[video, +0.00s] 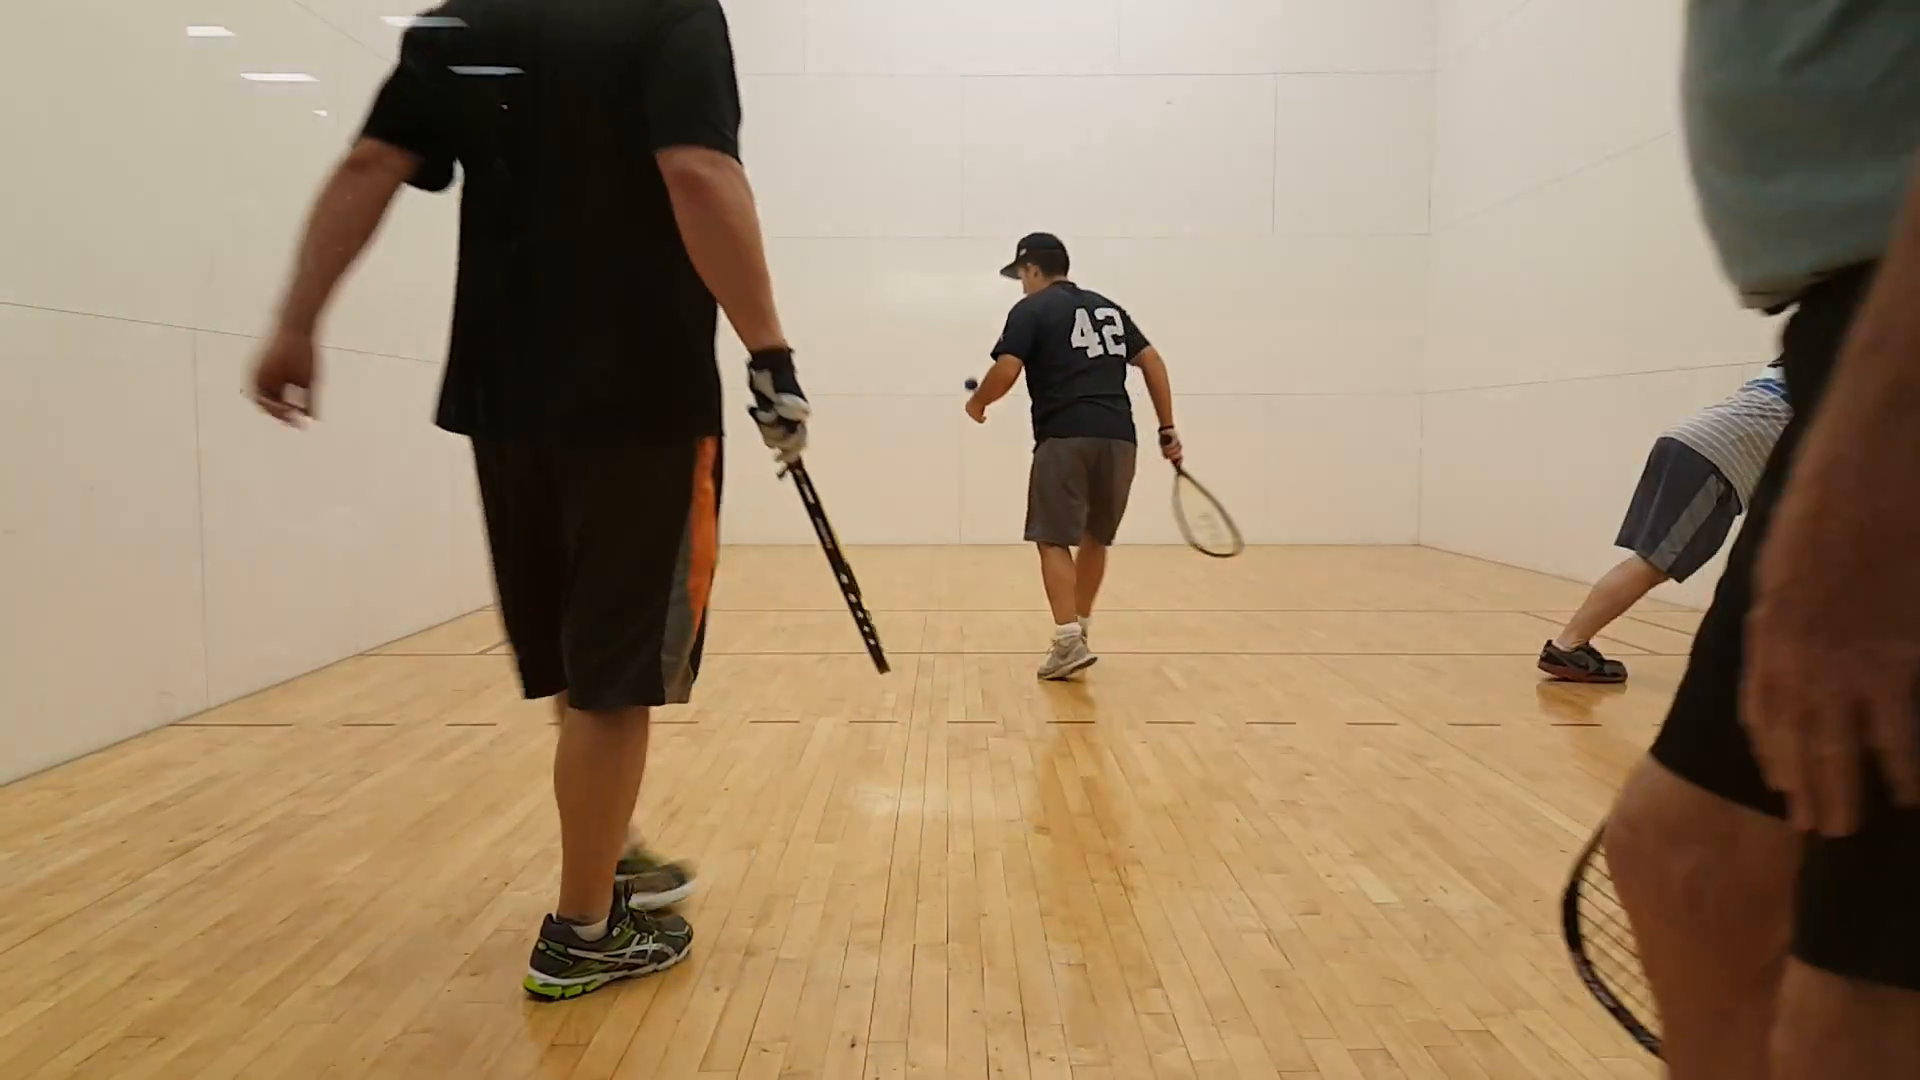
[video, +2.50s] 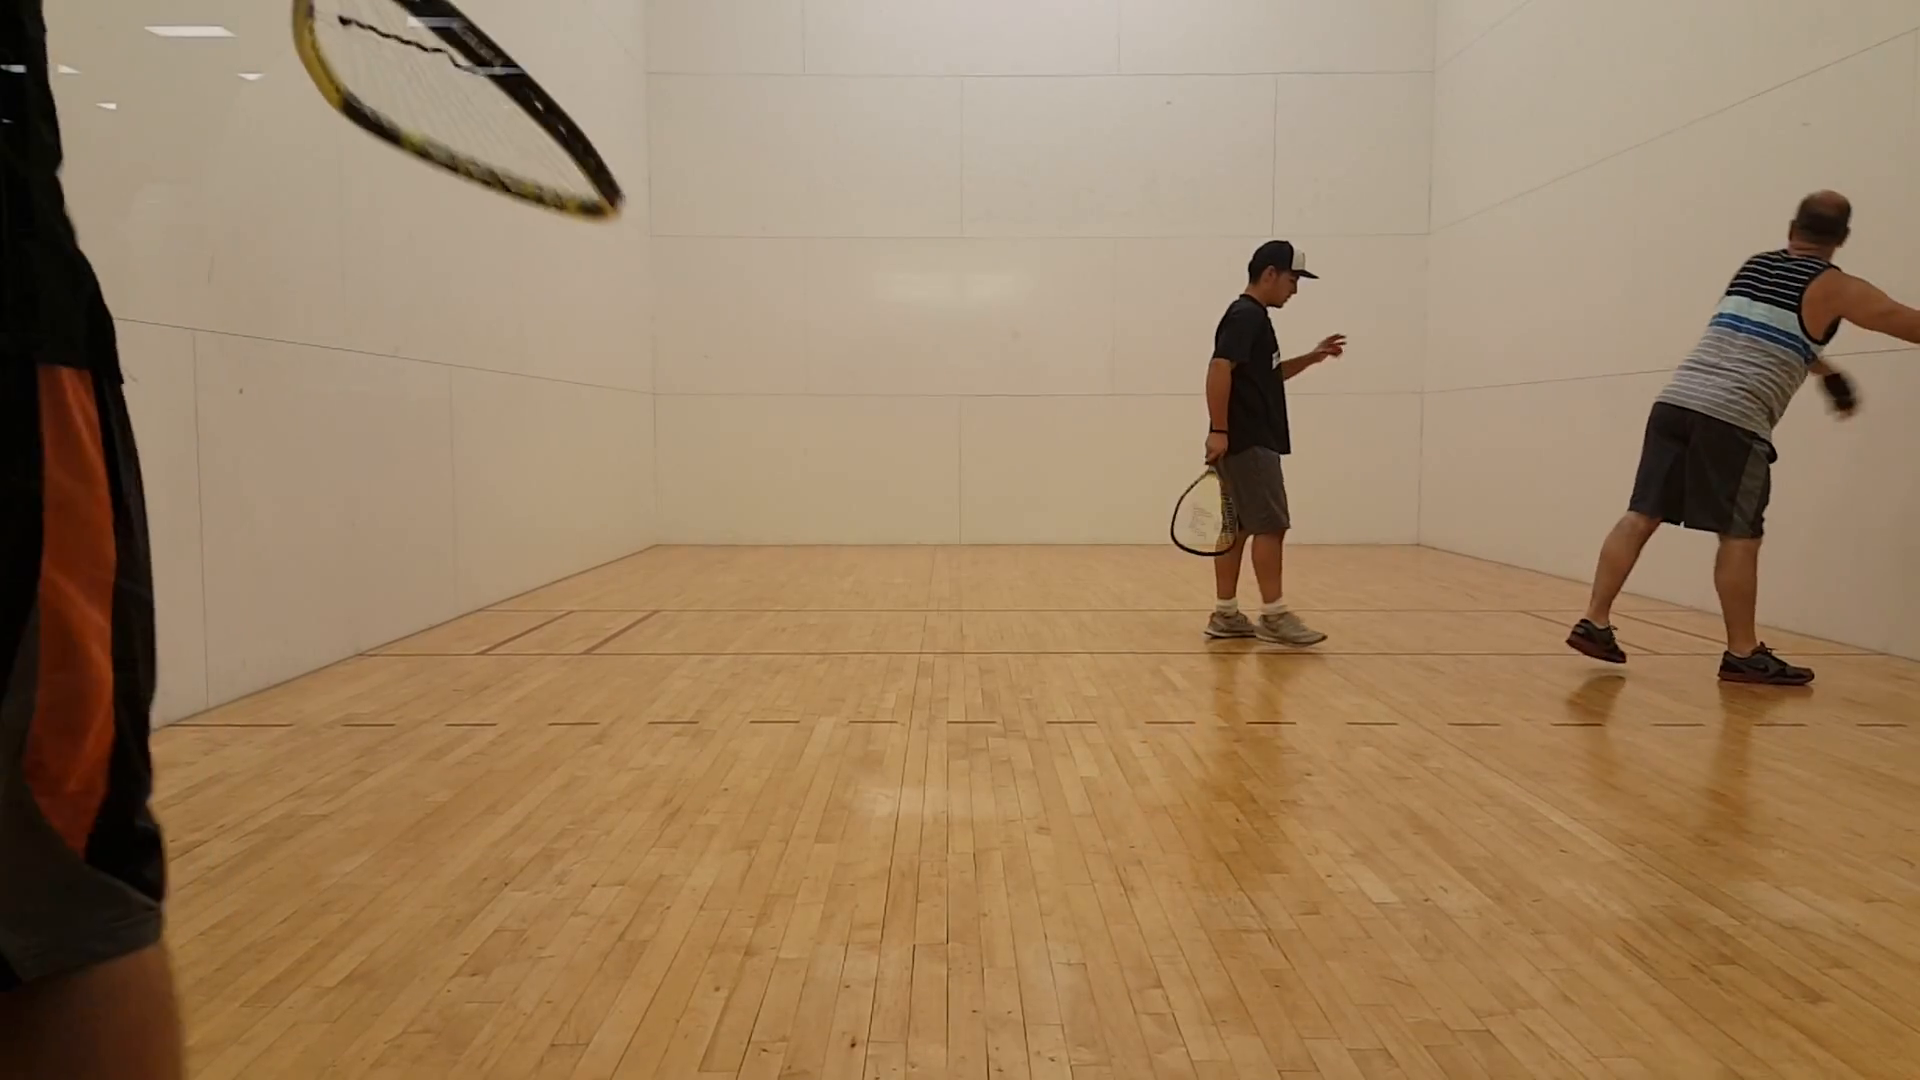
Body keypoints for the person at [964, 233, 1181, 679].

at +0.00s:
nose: (1020, 284)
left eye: (1020, 274)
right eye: (1018, 275)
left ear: (1033, 269)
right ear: (1063, 269)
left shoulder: (1031, 309)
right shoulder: (1105, 306)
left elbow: (1006, 370)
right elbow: (1151, 360)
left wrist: (979, 400)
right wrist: (1167, 426)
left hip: (1066, 438)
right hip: (1121, 440)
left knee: (1052, 539)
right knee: (1096, 538)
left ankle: (1068, 638)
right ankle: (1078, 631)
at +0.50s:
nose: (1095, 273)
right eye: (1099, 267)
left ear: (1055, 265)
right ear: (1097, 268)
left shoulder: (1026, 310)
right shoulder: (1114, 313)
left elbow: (1000, 374)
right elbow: (1129, 372)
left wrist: (1033, 385)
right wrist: (1124, 414)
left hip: (1036, 443)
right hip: (1087, 447)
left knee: (1033, 530)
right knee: (1075, 536)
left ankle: (1017, 615)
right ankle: (1055, 629)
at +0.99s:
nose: (1106, 287)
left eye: (1108, 279)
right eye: (1104, 278)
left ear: (1071, 273)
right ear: (1082, 272)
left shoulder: (1043, 313)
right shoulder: (1076, 313)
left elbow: (1064, 377)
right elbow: (1068, 364)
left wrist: (1122, 386)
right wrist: (1107, 399)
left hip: (1044, 445)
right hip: (1081, 444)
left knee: (1049, 527)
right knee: (1118, 520)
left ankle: (1038, 620)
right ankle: (1079, 602)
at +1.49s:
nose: (1184, 300)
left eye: (1187, 292)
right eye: (1184, 290)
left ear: (1158, 280)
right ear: (1165, 280)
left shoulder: (1118, 312)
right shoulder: (1147, 324)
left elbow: (1107, 377)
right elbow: (1132, 380)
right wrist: (1164, 436)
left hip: (1099, 448)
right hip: (1133, 452)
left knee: (1089, 527)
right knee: (1148, 534)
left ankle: (1048, 604)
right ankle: (1154, 620)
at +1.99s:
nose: (1248, 296)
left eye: (1250, 287)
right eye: (1246, 286)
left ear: (1216, 279)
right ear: (1226, 279)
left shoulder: (1170, 317)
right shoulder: (1227, 326)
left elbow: (1144, 378)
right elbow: (1260, 383)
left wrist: (1163, 421)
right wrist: (1305, 416)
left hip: (1170, 443)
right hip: (1199, 448)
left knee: (1201, 530)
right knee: (1180, 532)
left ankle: (1217, 611)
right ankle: (1157, 620)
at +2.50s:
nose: (1295, 289)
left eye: (1296, 281)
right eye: (1292, 279)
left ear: (1267, 276)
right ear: (1270, 274)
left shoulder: (1256, 317)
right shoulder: (1246, 314)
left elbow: (1267, 375)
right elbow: (1219, 369)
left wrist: (1312, 356)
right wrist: (1218, 430)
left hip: (1240, 441)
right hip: (1251, 443)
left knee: (1233, 527)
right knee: (1270, 524)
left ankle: (1225, 614)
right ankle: (1274, 615)